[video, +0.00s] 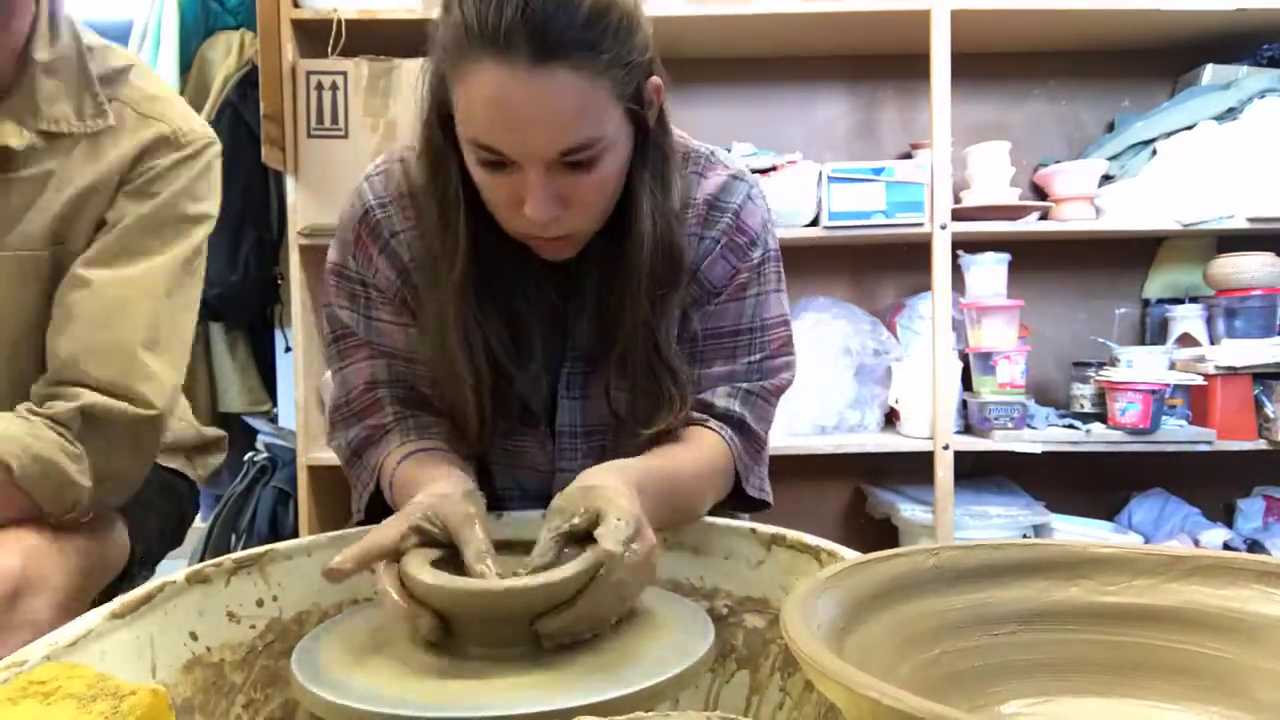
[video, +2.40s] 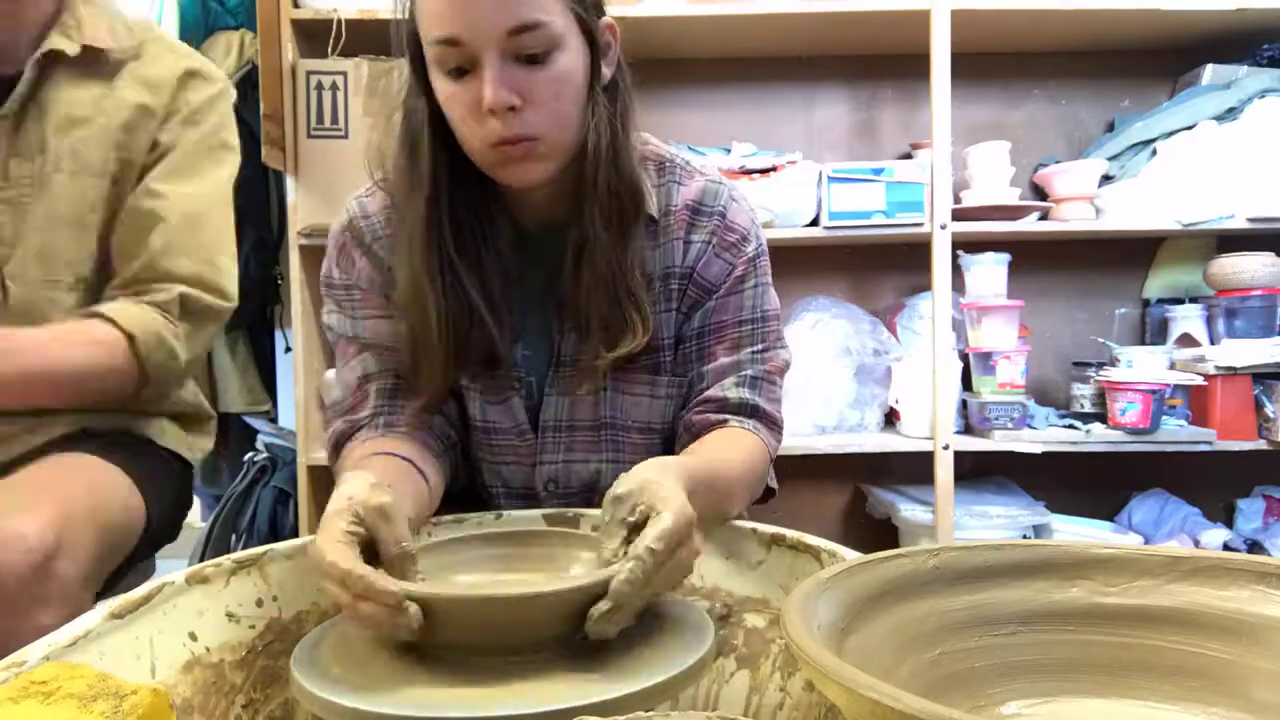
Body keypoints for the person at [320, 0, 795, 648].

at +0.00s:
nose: (539, 210)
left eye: (579, 163)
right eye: (495, 164)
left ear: (647, 109)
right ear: (451, 127)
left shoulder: (719, 211)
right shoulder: (390, 215)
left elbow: (731, 430)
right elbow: (383, 409)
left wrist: (635, 486)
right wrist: (438, 486)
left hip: (659, 568)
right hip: (464, 562)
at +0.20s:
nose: (535, 224)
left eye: (577, 178)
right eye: (492, 179)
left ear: (645, 120)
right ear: (448, 136)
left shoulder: (717, 210)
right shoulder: (388, 216)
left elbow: (734, 420)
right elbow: (383, 406)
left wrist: (653, 490)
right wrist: (430, 488)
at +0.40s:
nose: (599, 138)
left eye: (647, 107)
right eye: (571, 87)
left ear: (690, 103)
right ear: (518, 67)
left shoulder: (725, 212)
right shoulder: (408, 212)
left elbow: (734, 411)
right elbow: (397, 405)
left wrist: (657, 505)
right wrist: (439, 482)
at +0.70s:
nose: (537, 197)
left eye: (579, 153)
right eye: (495, 152)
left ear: (647, 107)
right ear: (454, 119)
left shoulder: (720, 222)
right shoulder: (391, 223)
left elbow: (756, 439)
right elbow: (396, 418)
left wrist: (668, 503)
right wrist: (395, 499)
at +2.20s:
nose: (525, 213)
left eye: (567, 165)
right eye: (483, 166)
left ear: (639, 116)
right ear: (441, 130)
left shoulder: (720, 231)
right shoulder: (374, 233)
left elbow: (756, 443)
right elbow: (357, 418)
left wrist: (682, 478)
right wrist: (374, 486)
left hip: (642, 612)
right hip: (445, 613)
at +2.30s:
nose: (490, 103)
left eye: (525, 59)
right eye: (451, 72)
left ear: (597, 53)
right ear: (425, 82)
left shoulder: (701, 218)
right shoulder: (383, 235)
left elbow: (742, 423)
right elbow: (390, 414)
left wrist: (668, 491)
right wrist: (392, 494)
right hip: (460, 612)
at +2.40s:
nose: (496, 99)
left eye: (531, 55)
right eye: (457, 67)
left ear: (603, 51)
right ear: (427, 78)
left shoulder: (705, 221)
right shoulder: (380, 234)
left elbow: (743, 425)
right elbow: (394, 421)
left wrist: (682, 480)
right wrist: (376, 493)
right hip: (458, 609)